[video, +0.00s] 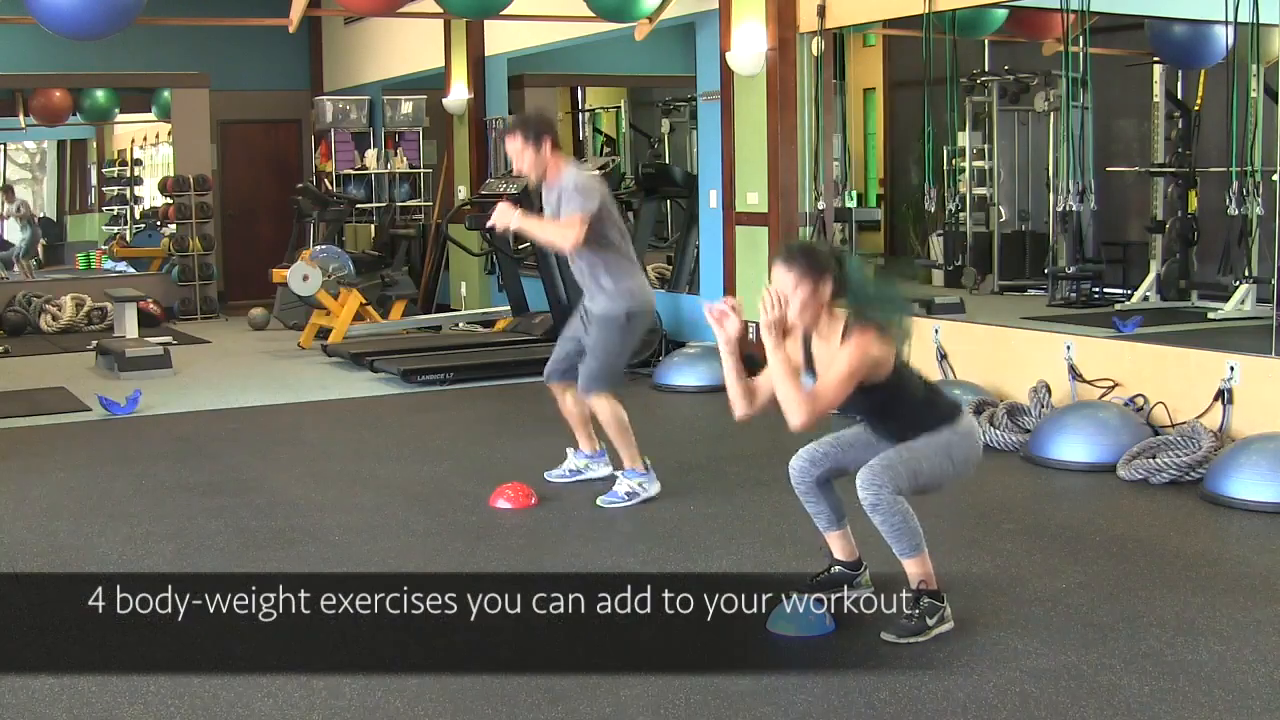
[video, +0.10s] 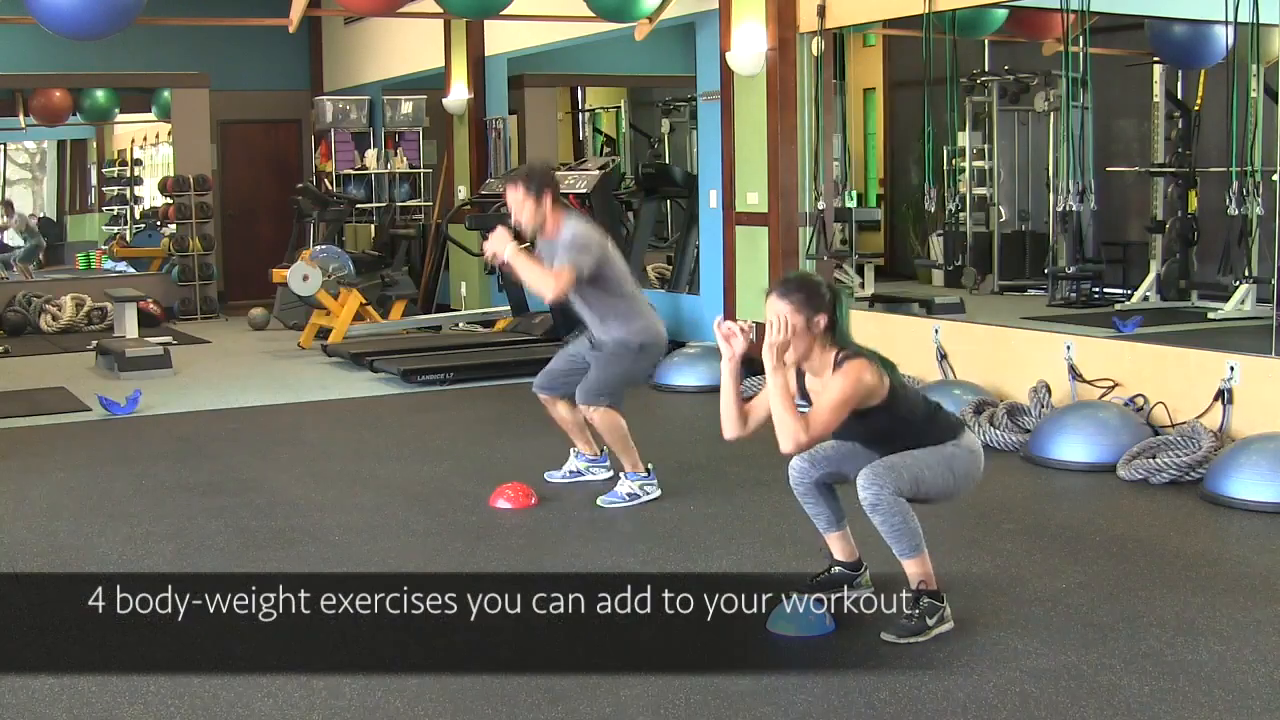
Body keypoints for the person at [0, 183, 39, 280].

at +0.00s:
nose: (4, 197)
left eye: (5, 194)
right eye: (3, 195)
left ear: (11, 193)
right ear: (4, 195)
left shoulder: (22, 203)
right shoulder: (9, 205)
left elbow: (26, 214)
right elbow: (7, 216)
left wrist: (14, 215)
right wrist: (3, 216)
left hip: (32, 232)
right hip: (24, 233)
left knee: (24, 256)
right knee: (16, 256)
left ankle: (32, 277)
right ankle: (26, 278)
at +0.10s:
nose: (4, 211)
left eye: (5, 208)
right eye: (3, 208)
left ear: (10, 207)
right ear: (4, 209)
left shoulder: (19, 216)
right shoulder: (10, 219)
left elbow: (21, 228)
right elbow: (5, 227)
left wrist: (11, 225)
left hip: (36, 243)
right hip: (29, 244)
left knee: (21, 260)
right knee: (14, 260)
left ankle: (32, 279)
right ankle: (27, 279)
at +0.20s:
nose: (2, 223)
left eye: (3, 220)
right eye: (1, 220)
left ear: (9, 219)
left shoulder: (19, 228)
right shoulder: (7, 231)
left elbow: (12, 238)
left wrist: (2, 232)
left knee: (20, 260)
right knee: (2, 258)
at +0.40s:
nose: (1, 229)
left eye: (2, 226)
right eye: (1, 227)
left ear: (7, 225)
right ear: (7, 225)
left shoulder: (16, 233)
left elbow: (3, 244)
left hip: (39, 253)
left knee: (20, 261)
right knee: (15, 260)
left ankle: (31, 280)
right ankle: (28, 280)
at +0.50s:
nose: (1, 218)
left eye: (1, 216)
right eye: (1, 216)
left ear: (6, 216)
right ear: (8, 216)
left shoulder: (15, 225)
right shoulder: (14, 225)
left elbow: (4, 239)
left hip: (35, 247)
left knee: (18, 261)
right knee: (14, 260)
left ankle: (29, 279)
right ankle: (29, 279)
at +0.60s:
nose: (1, 205)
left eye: (2, 202)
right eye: (1, 203)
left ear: (7, 203)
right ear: (8, 203)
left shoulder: (16, 213)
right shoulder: (12, 214)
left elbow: (12, 229)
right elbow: (11, 229)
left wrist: (9, 243)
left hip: (32, 241)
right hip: (25, 241)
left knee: (17, 259)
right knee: (17, 259)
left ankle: (29, 278)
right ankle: (29, 278)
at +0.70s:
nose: (1, 194)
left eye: (3, 191)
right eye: (1, 191)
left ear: (8, 190)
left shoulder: (17, 199)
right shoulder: (8, 202)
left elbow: (24, 210)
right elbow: (8, 215)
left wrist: (24, 226)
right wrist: (11, 226)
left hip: (27, 229)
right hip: (19, 229)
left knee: (17, 253)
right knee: (20, 254)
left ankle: (26, 275)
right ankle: (26, 275)